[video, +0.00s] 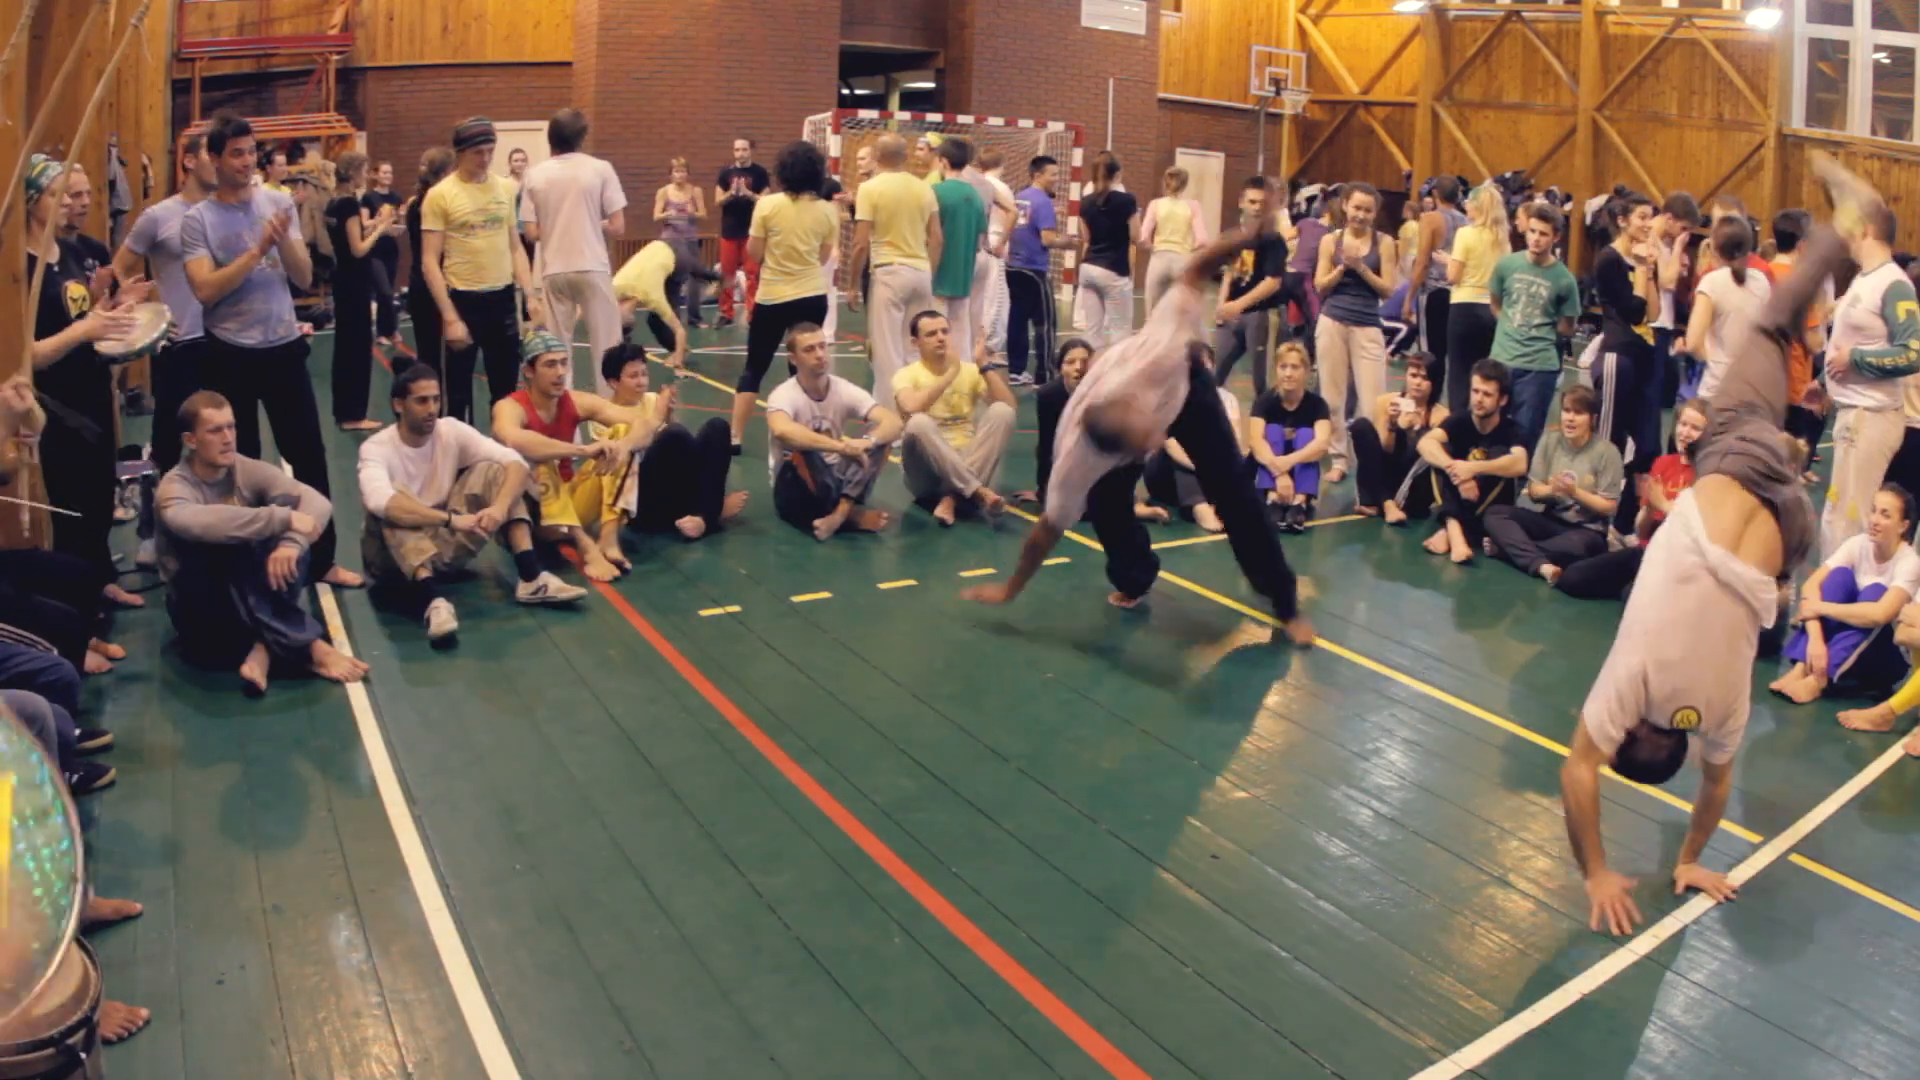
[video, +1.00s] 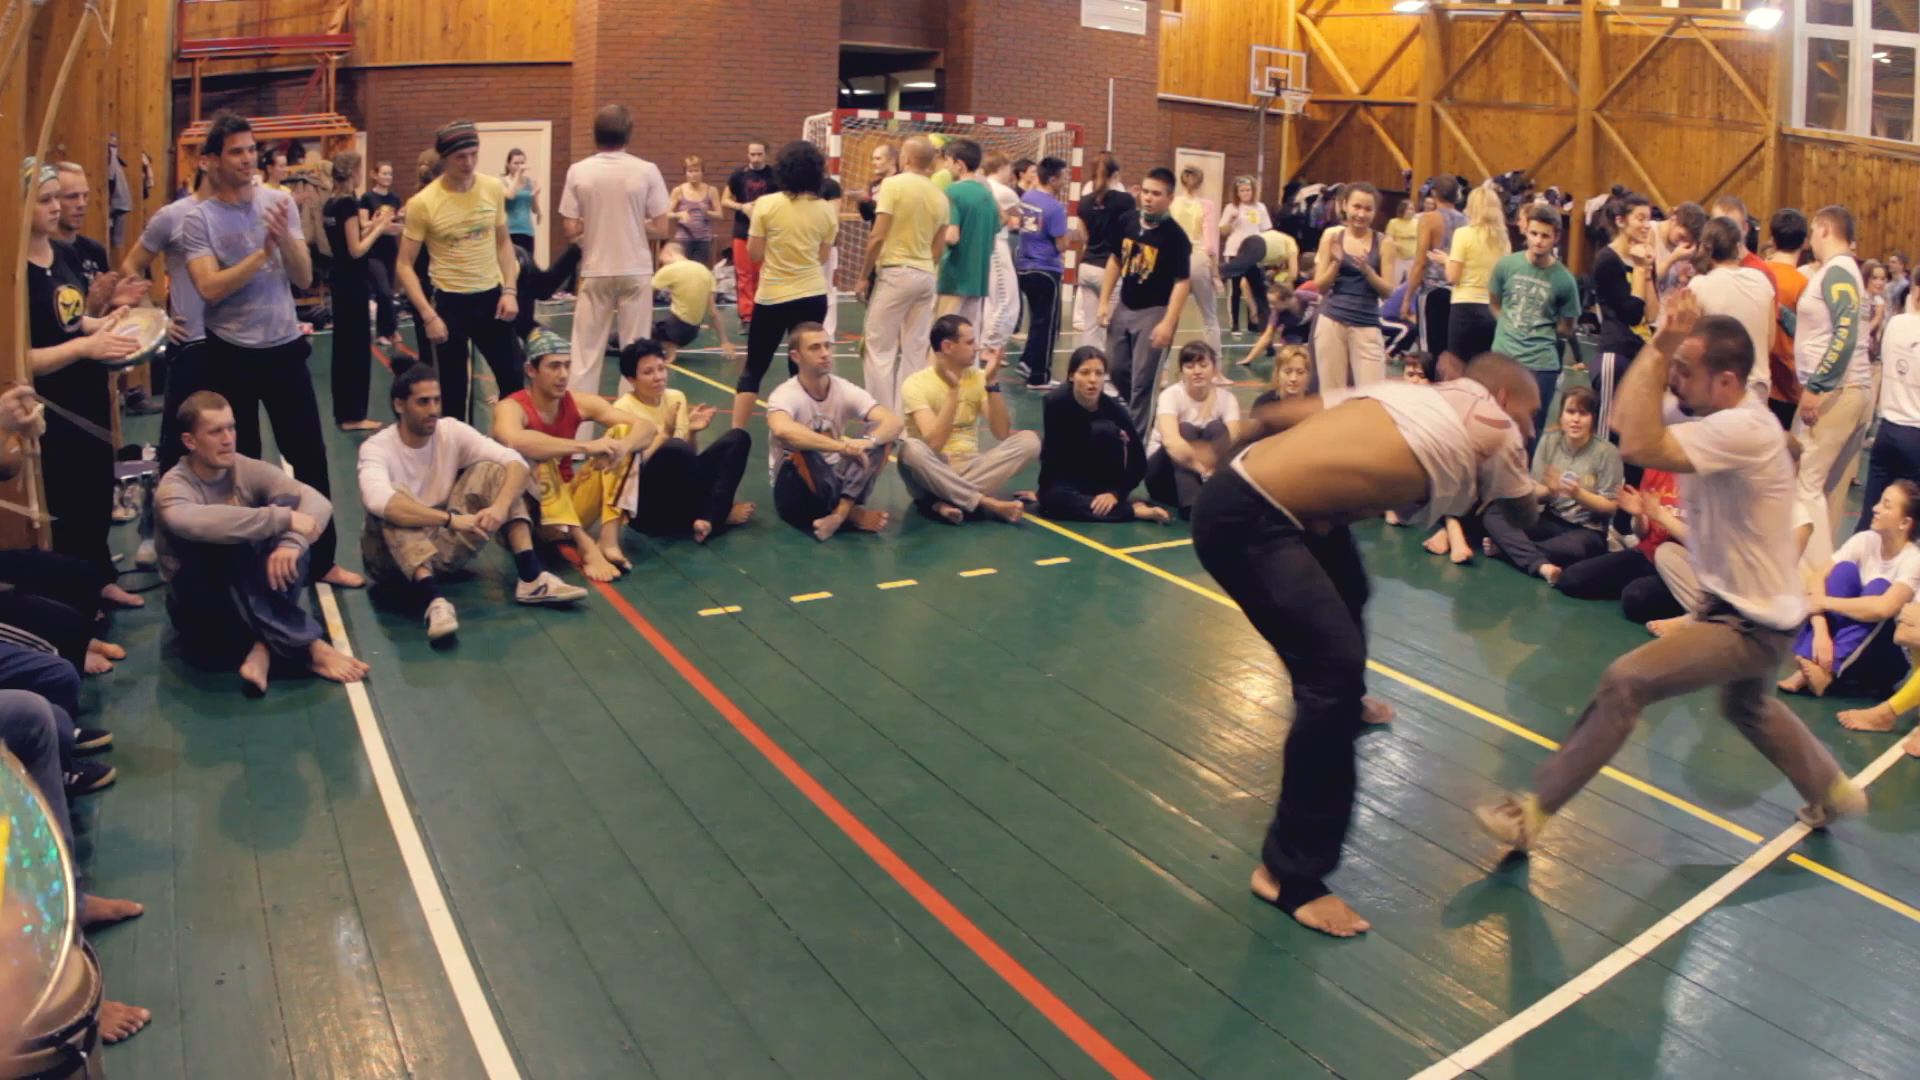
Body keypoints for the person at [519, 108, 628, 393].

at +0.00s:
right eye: (584, 134)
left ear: (551, 138)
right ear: (583, 138)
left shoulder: (535, 174)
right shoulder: (601, 169)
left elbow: (531, 232)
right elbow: (617, 227)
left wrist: (558, 230)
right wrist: (590, 225)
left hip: (554, 267)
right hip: (591, 264)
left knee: (558, 343)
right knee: (606, 340)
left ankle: (559, 409)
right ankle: (607, 406)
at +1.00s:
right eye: (629, 130)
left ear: (595, 134)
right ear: (629, 134)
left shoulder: (578, 172)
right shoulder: (647, 171)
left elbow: (572, 229)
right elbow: (661, 228)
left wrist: (598, 226)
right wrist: (631, 227)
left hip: (596, 271)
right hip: (636, 270)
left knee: (585, 354)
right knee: (636, 353)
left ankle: (579, 434)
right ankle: (632, 429)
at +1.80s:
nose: (632, 136)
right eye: (632, 132)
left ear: (599, 133)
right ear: (631, 135)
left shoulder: (579, 170)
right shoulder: (646, 172)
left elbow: (570, 225)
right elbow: (659, 230)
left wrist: (597, 225)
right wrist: (633, 224)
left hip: (590, 268)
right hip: (630, 269)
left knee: (582, 350)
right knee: (632, 350)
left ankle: (577, 424)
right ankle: (630, 426)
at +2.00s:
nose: (622, 133)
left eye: (619, 129)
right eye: (620, 130)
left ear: (585, 135)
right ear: (616, 134)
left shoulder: (568, 170)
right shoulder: (633, 169)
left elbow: (561, 223)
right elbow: (648, 226)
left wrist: (587, 224)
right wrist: (622, 216)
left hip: (582, 269)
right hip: (620, 268)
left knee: (580, 349)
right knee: (626, 351)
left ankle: (576, 427)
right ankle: (627, 426)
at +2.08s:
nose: (616, 137)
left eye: (615, 132)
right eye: (615, 133)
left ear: (580, 136)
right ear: (609, 136)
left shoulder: (563, 171)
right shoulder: (627, 168)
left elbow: (560, 226)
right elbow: (644, 226)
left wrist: (585, 220)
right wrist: (616, 219)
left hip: (578, 268)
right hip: (616, 267)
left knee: (577, 349)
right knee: (623, 350)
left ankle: (576, 426)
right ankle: (626, 426)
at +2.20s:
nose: (609, 135)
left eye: (607, 130)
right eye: (607, 131)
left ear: (573, 138)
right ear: (602, 135)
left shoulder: (558, 173)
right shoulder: (619, 167)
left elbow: (553, 229)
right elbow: (635, 223)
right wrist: (609, 216)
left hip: (573, 266)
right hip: (610, 265)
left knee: (573, 348)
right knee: (619, 347)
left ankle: (574, 423)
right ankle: (624, 423)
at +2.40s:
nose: (602, 135)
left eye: (600, 129)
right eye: (599, 130)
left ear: (567, 140)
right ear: (590, 135)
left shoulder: (553, 175)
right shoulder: (610, 164)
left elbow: (551, 230)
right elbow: (625, 219)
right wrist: (607, 239)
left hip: (567, 264)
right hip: (604, 260)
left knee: (570, 343)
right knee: (617, 341)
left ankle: (572, 414)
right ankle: (622, 416)